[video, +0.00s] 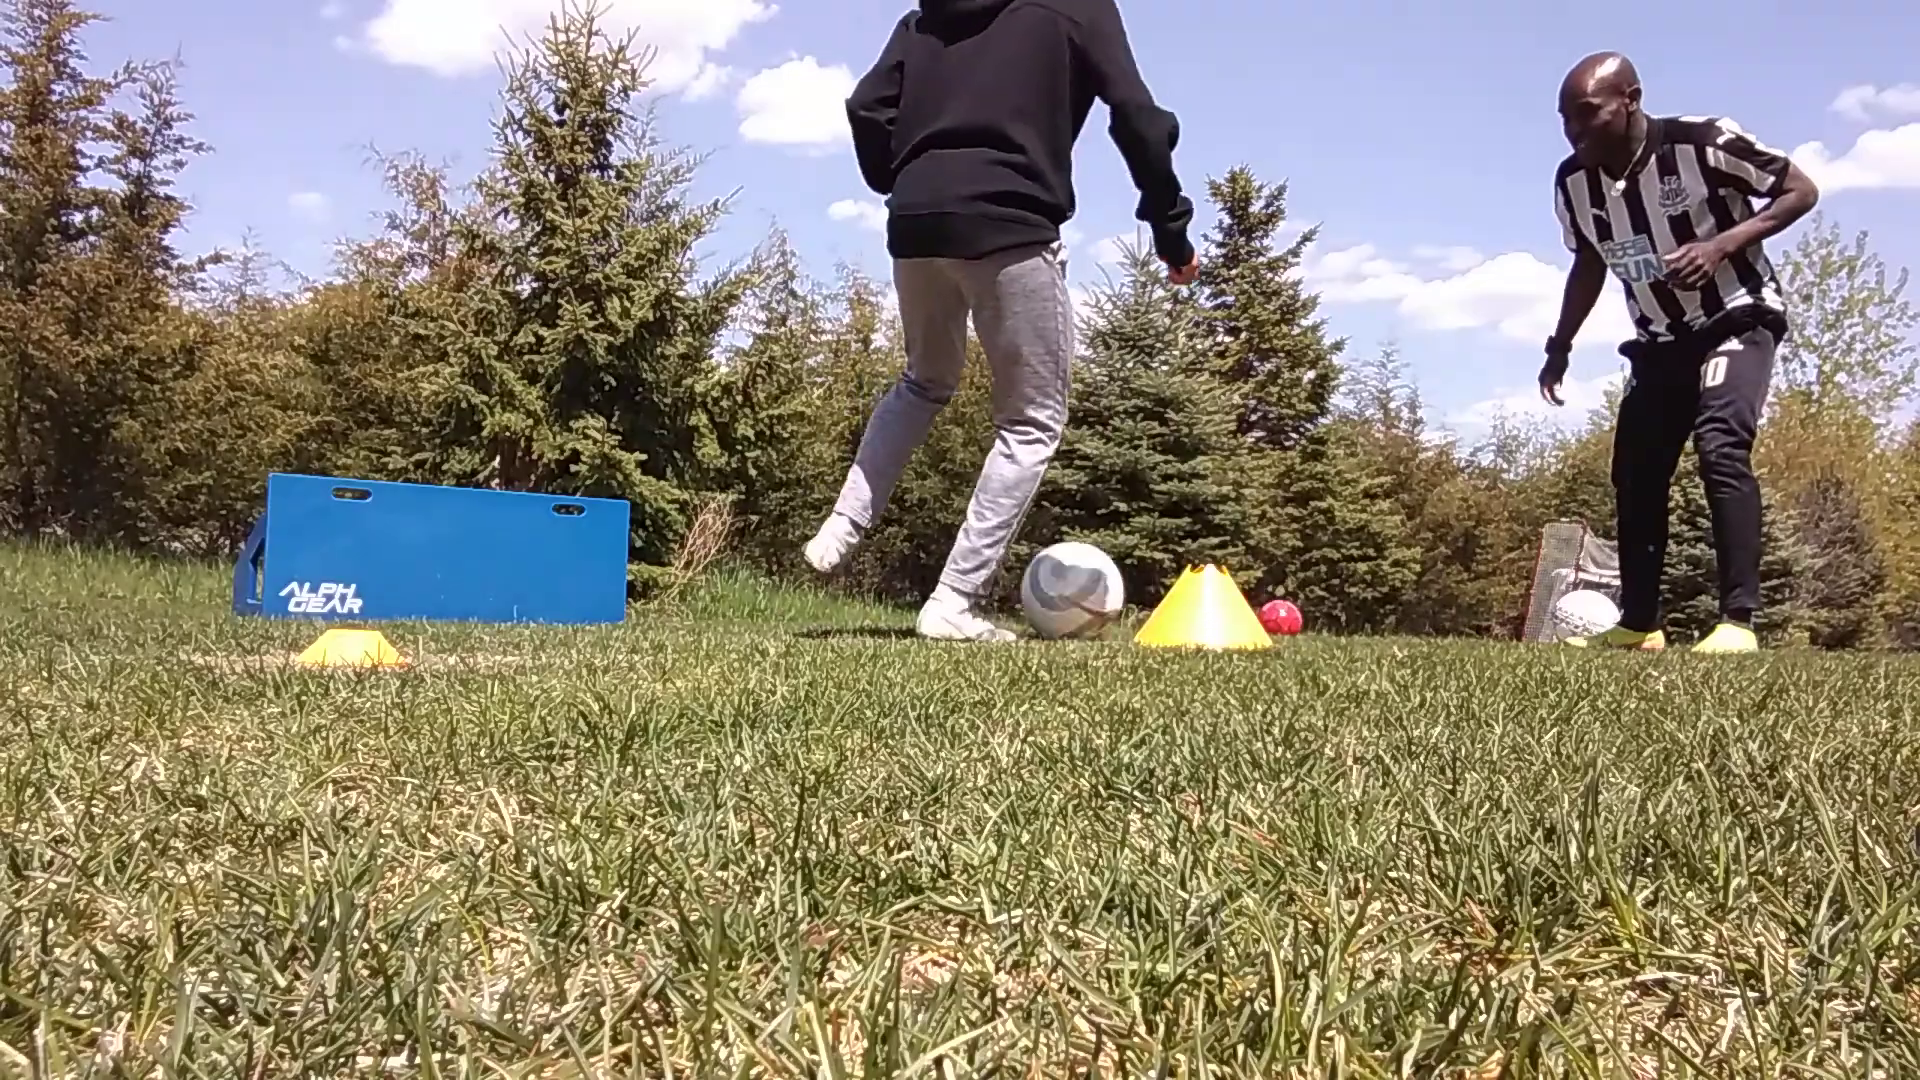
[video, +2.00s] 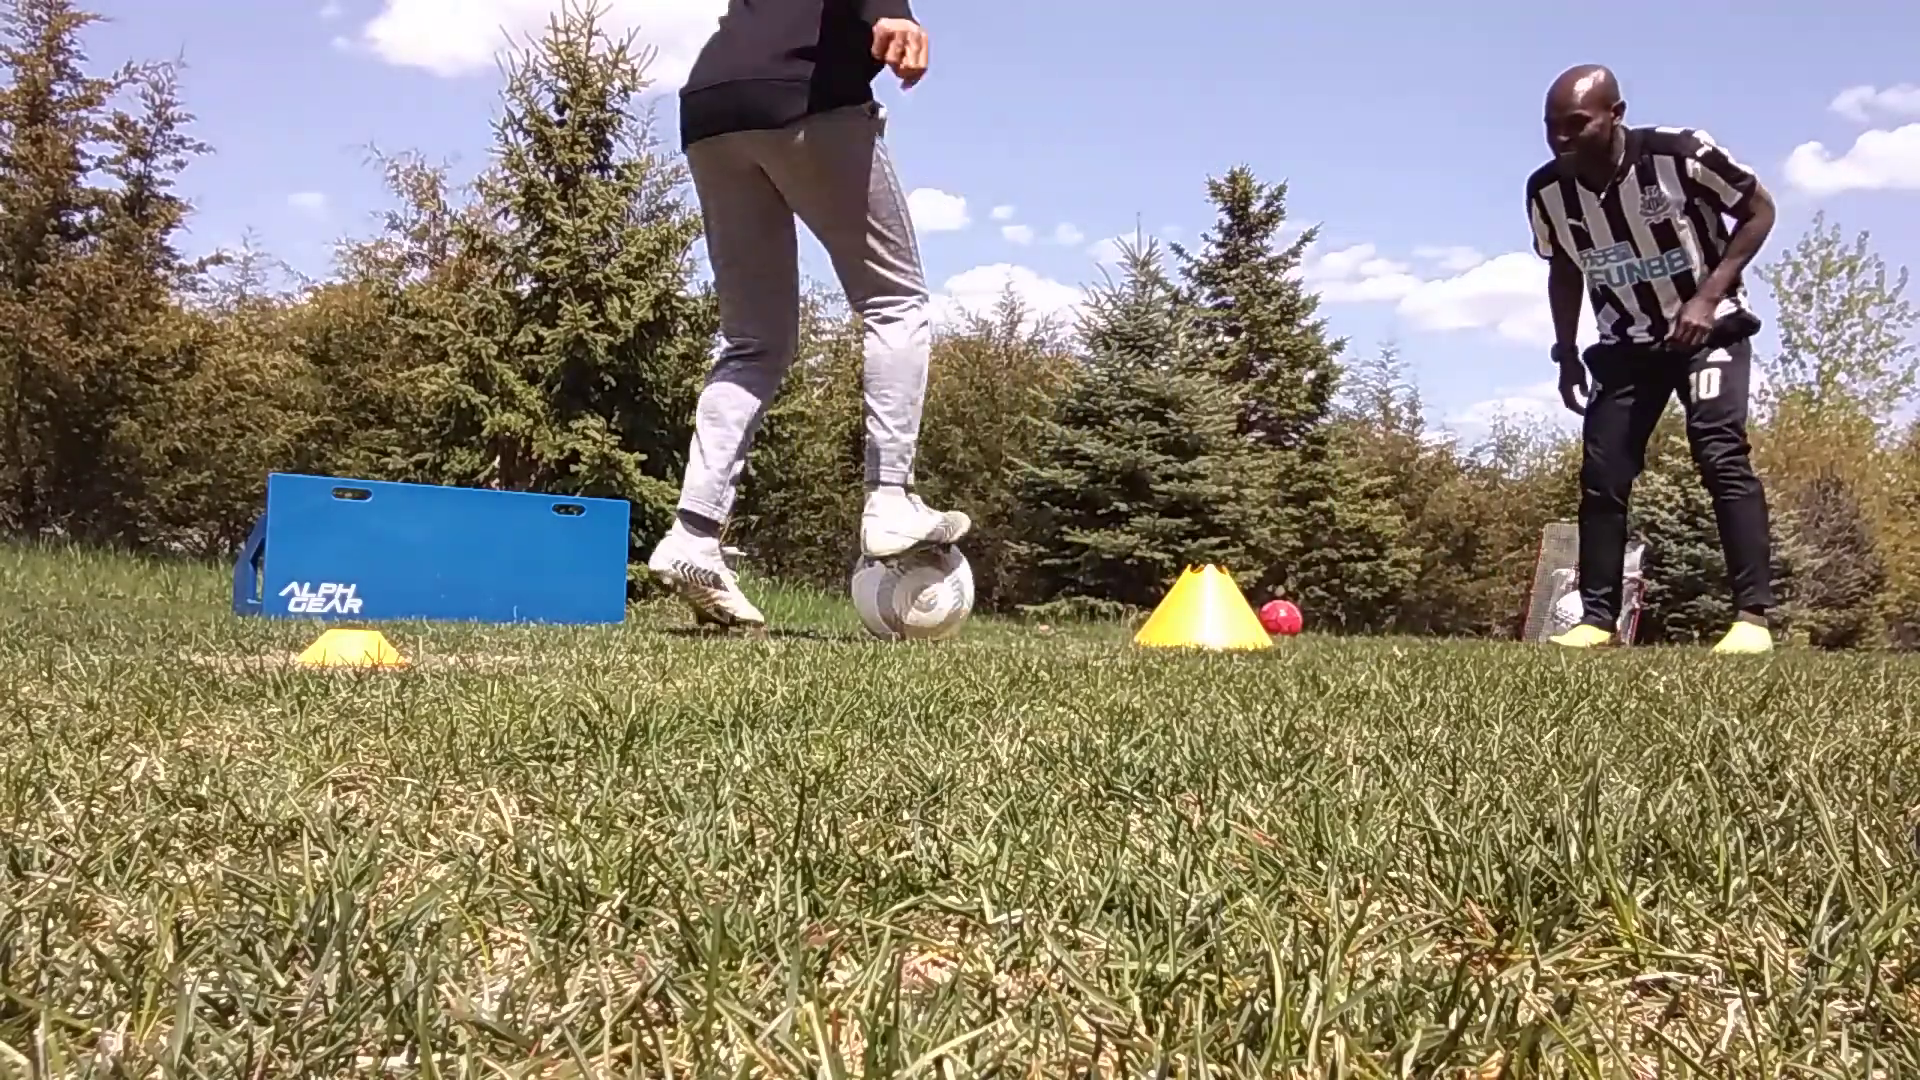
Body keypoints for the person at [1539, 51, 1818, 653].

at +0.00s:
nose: (1572, 134)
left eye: (1585, 117)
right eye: (1566, 120)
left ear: (1630, 103)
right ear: (1563, 117)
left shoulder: (1704, 142)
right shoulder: (1574, 182)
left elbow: (1801, 190)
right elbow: (1590, 262)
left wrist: (1722, 245)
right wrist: (1559, 347)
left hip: (1736, 320)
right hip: (1660, 340)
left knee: (1719, 446)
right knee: (1635, 469)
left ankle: (1737, 623)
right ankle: (1638, 624)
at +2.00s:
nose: (1558, 138)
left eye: (1572, 125)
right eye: (1552, 126)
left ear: (1615, 118)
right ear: (1547, 124)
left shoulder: (1682, 154)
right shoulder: (1546, 191)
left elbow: (1759, 210)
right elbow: (1564, 269)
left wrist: (1707, 296)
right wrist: (1566, 348)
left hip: (1709, 329)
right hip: (1626, 345)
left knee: (1720, 456)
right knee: (1601, 473)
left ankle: (1752, 620)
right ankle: (1598, 622)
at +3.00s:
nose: (1648, 133)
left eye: (1663, 118)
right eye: (1636, 119)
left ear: (1692, 104)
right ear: (1618, 111)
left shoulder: (1744, 152)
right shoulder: (1600, 179)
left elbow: (1841, 196)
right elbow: (1598, 247)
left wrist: (1796, 254)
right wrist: (1577, 321)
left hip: (1747, 333)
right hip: (1652, 348)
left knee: (1793, 451)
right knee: (1610, 479)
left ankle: (1848, 606)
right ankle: (1597, 623)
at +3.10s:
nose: (1676, 105)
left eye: (1692, 89)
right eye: (1664, 89)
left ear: (1724, 70)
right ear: (1648, 77)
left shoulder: (1779, 120)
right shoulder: (1633, 149)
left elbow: (1868, 165)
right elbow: (1636, 226)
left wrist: (1832, 233)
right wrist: (1605, 298)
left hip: (1788, 323)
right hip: (1696, 333)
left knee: (1820, 459)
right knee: (1642, 460)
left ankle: (1860, 620)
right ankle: (1614, 612)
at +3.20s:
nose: (1710, 109)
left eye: (1728, 92)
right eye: (1697, 92)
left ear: (1756, 73)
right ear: (1680, 77)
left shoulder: (1812, 120)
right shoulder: (1661, 157)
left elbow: (1891, 171)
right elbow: (1662, 247)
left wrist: (1861, 255)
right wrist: (1630, 319)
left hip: (1818, 323)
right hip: (1727, 334)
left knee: (1831, 463)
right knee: (1652, 434)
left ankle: (1864, 624)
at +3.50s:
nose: (1748, 81)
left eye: (1760, 67)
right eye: (1737, 68)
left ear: (1785, 60)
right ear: (1722, 64)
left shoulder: (1837, 113)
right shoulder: (1721, 138)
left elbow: (1917, 168)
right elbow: (1711, 230)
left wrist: (1889, 258)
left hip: (1861, 318)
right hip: (1787, 332)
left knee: (1853, 462)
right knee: (1755, 455)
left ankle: (1874, 625)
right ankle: (1795, 614)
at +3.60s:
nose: (1781, 16)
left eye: (1799, 8)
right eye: (1775, 5)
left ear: (1820, 22)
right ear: (1753, 13)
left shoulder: (1836, 107)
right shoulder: (1719, 121)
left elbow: (1916, 165)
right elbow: (1703, 224)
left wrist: (1887, 256)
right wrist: (1700, 314)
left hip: (1851, 309)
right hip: (1761, 313)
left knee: (1849, 452)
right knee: (1736, 453)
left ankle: (1861, 601)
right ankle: (1770, 603)